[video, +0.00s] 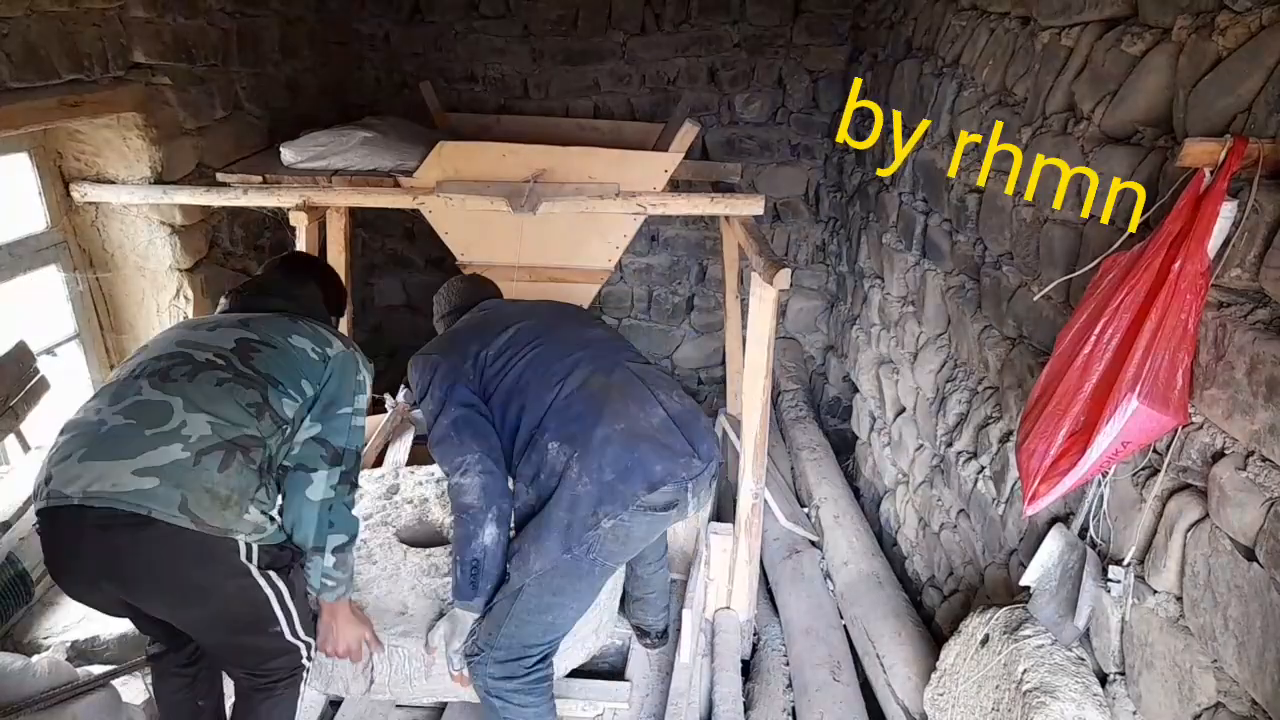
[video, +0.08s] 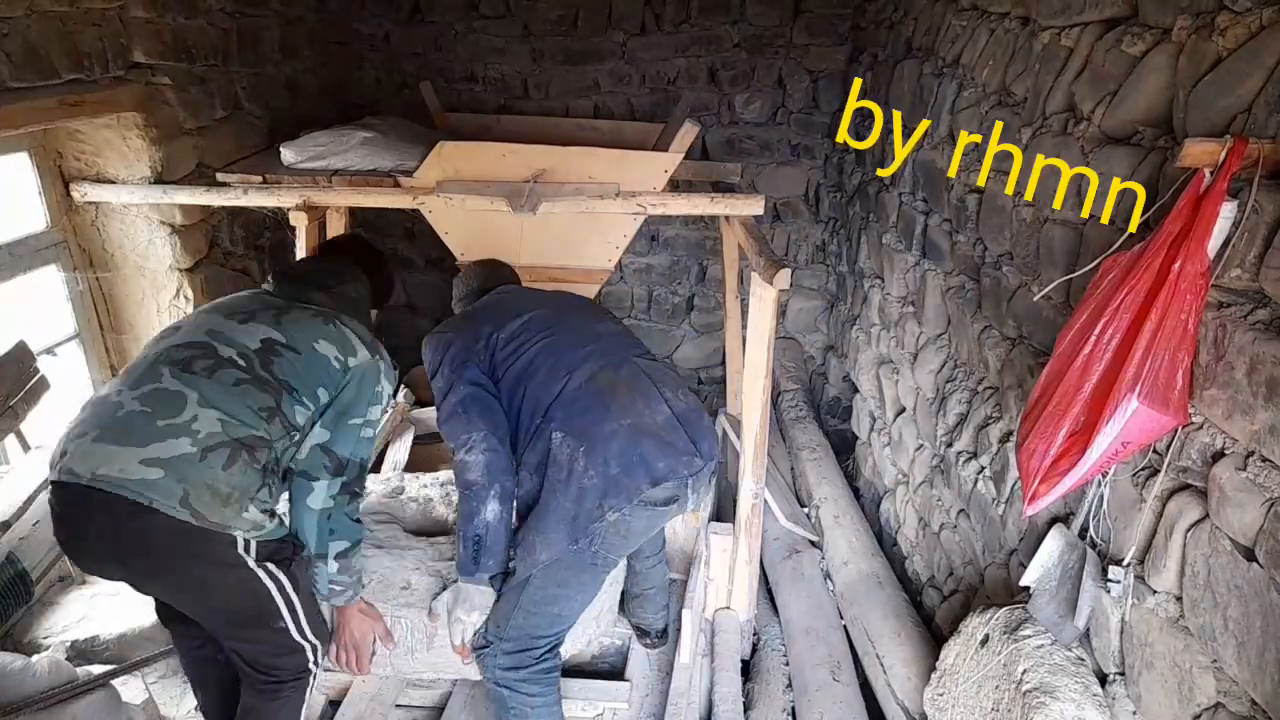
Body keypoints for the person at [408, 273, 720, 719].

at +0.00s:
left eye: (439, 325)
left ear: (445, 322)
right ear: (496, 299)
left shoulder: (441, 357)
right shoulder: (556, 313)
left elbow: (480, 481)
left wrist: (467, 606)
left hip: (614, 487)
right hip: (697, 461)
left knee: (501, 660)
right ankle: (653, 623)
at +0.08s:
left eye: (455, 305)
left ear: (464, 302)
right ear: (516, 285)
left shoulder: (456, 336)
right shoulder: (570, 304)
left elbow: (483, 455)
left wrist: (476, 584)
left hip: (609, 478)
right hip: (693, 453)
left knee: (513, 652)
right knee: (636, 505)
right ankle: (652, 621)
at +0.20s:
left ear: (469, 303)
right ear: (521, 287)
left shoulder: (458, 337)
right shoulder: (570, 303)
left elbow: (478, 451)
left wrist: (475, 584)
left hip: (602, 477)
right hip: (688, 448)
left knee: (516, 651)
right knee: (640, 503)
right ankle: (653, 620)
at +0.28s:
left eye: (471, 293)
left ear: (477, 293)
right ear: (531, 280)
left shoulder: (469, 332)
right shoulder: (583, 299)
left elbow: (484, 449)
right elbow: (643, 362)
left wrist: (479, 565)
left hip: (602, 473)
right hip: (690, 444)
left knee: (517, 635)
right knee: (646, 503)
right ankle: (653, 619)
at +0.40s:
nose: (487, 276)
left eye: (490, 268)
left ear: (499, 266)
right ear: (549, 252)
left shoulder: (491, 291)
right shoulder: (598, 274)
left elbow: (504, 393)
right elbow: (642, 351)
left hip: (592, 435)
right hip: (678, 425)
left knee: (531, 599)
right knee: (646, 492)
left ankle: (533, 711)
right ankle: (645, 615)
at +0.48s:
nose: (475, 306)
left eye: (475, 295)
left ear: (485, 281)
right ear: (525, 261)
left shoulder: (493, 297)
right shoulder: (587, 276)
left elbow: (518, 405)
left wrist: (521, 508)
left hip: (613, 423)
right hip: (695, 414)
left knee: (551, 591)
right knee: (646, 492)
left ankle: (538, 710)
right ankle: (645, 616)